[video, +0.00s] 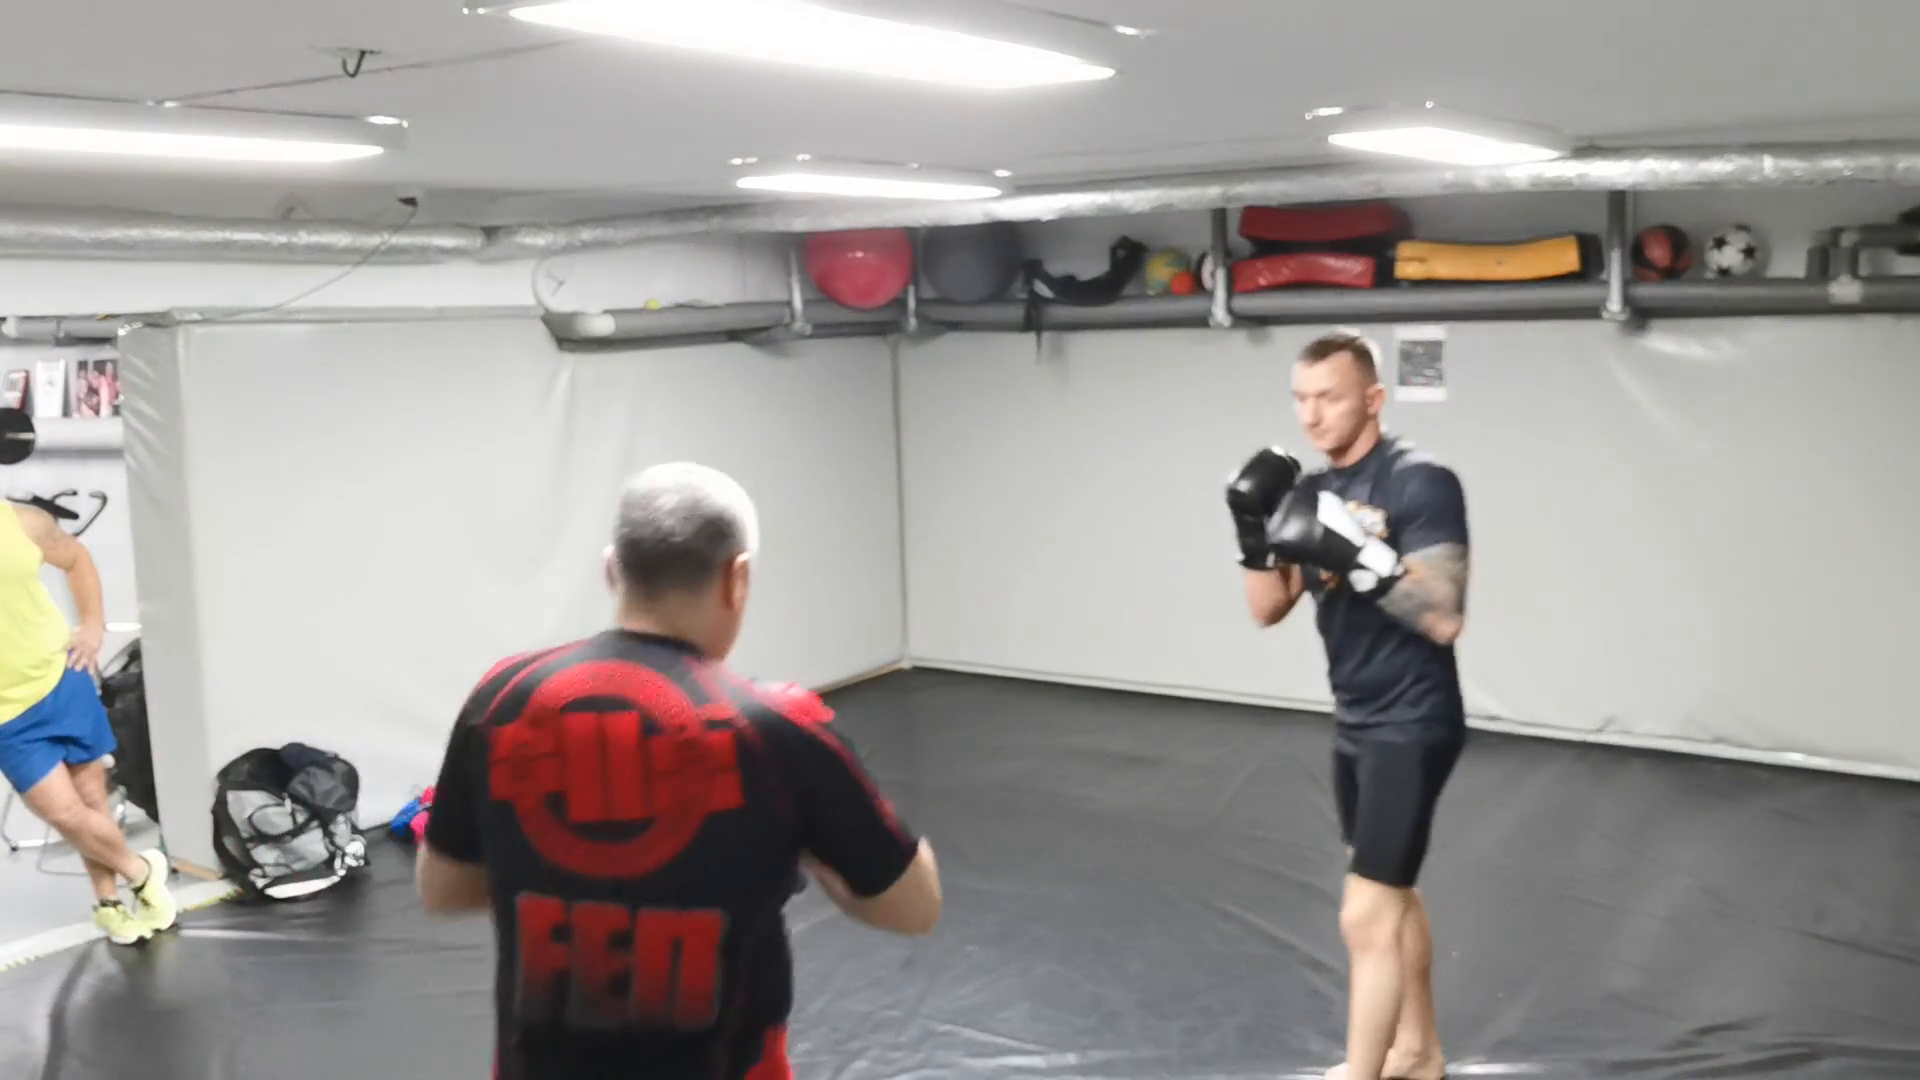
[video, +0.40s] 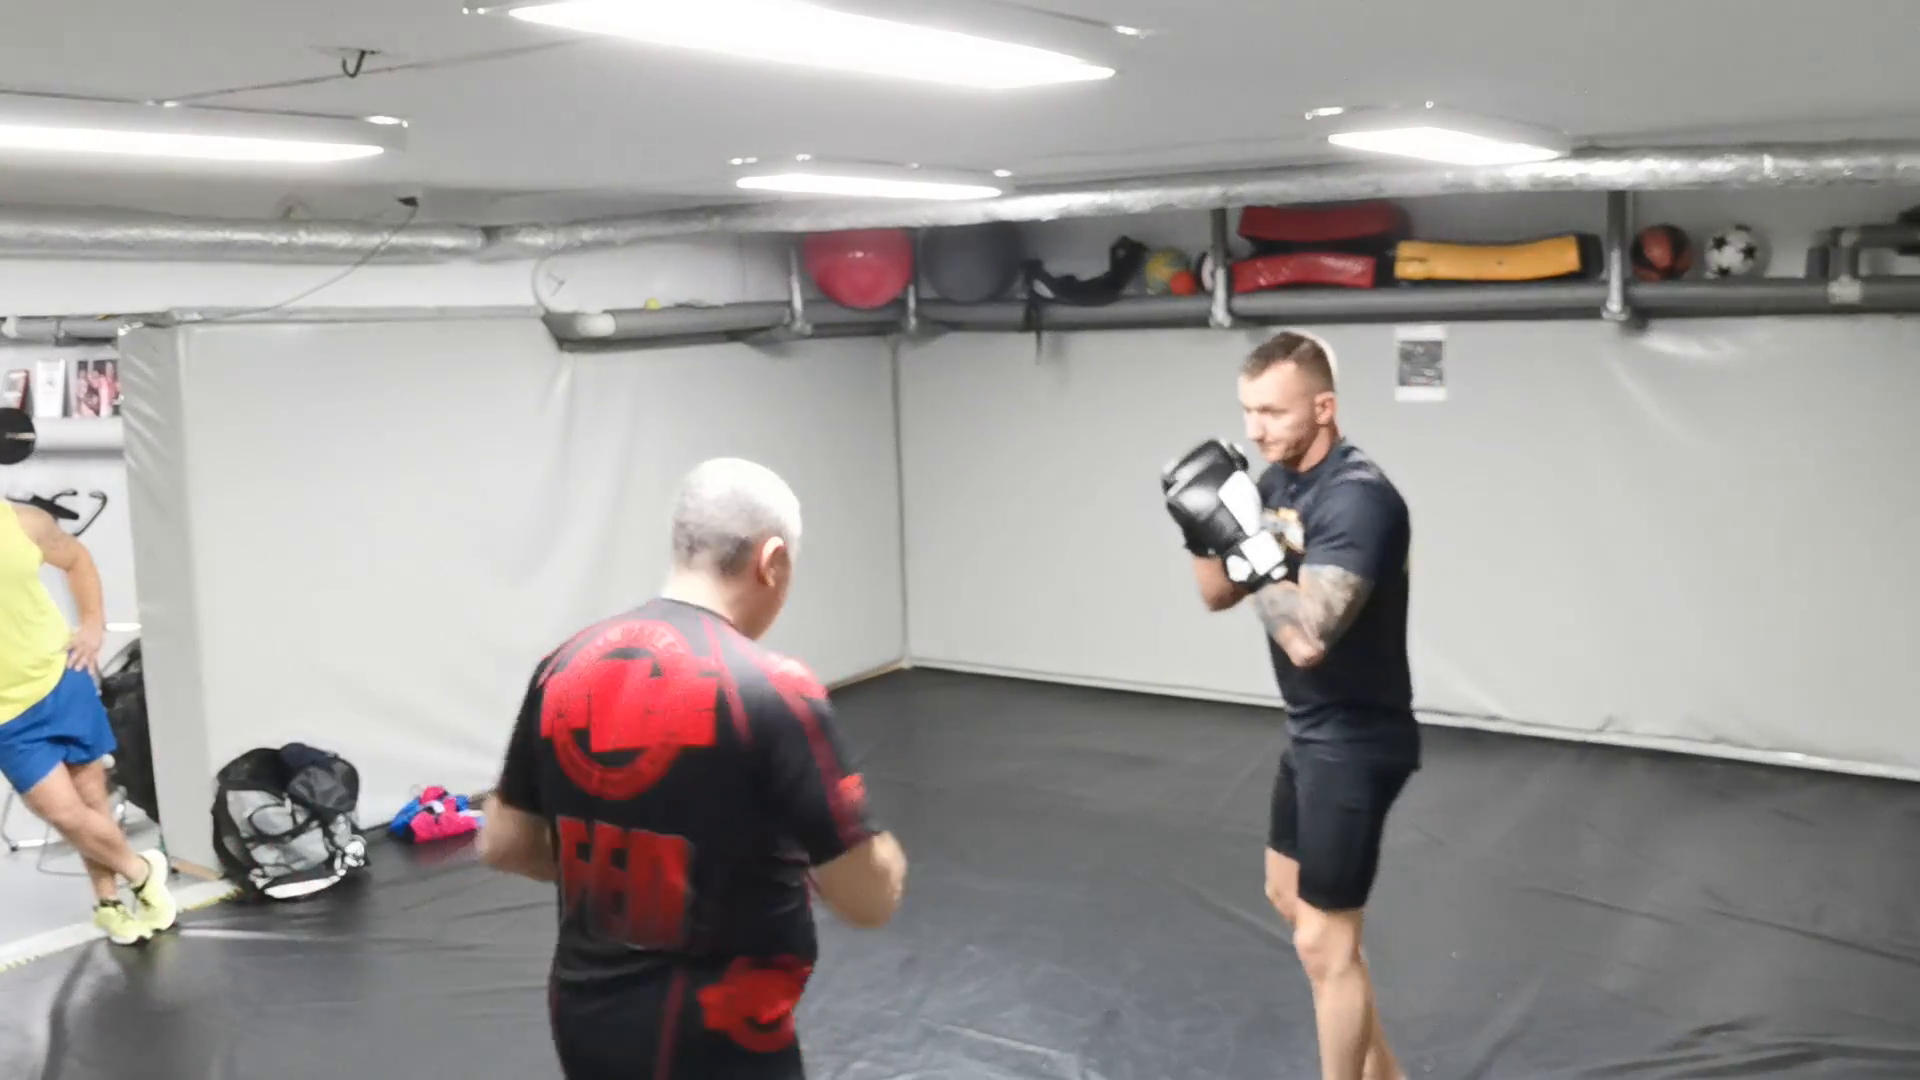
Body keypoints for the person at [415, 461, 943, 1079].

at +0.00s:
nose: (750, 597)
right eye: (750, 576)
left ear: (610, 570)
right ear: (737, 580)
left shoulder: (504, 699)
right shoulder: (777, 729)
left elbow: (442, 888)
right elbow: (914, 906)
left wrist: (570, 859)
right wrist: (799, 830)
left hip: (540, 1058)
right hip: (724, 1059)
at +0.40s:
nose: (788, 587)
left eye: (794, 569)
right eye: (792, 567)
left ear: (680, 544)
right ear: (769, 561)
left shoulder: (565, 666)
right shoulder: (772, 691)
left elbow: (506, 839)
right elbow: (869, 897)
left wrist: (617, 862)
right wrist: (883, 854)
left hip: (591, 1019)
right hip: (725, 1033)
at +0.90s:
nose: (754, 576)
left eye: (761, 557)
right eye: (758, 555)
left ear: (656, 527)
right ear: (724, 546)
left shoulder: (588, 608)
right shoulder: (686, 672)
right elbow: (711, 892)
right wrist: (790, 1022)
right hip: (672, 995)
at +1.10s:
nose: (727, 595)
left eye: (736, 576)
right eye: (732, 573)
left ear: (627, 547)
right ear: (696, 565)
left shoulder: (544, 635)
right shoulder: (675, 697)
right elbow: (720, 917)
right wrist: (783, 1042)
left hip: (561, 977)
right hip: (662, 1022)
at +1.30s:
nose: (706, 579)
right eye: (706, 556)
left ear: (599, 540)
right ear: (671, 560)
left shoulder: (527, 627)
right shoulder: (649, 698)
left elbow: (678, 622)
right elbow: (698, 918)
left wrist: (751, 527)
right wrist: (762, 1031)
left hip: (547, 967)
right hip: (644, 1014)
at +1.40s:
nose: (692, 571)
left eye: (692, 556)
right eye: (690, 556)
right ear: (652, 561)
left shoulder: (525, 606)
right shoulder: (621, 712)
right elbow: (667, 933)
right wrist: (750, 1035)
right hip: (628, 1028)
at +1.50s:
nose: (696, 591)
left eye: (698, 574)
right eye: (694, 573)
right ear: (649, 571)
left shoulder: (528, 629)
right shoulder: (588, 728)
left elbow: (655, 723)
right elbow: (625, 947)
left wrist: (799, 697)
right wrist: (730, 1052)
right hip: (595, 1047)